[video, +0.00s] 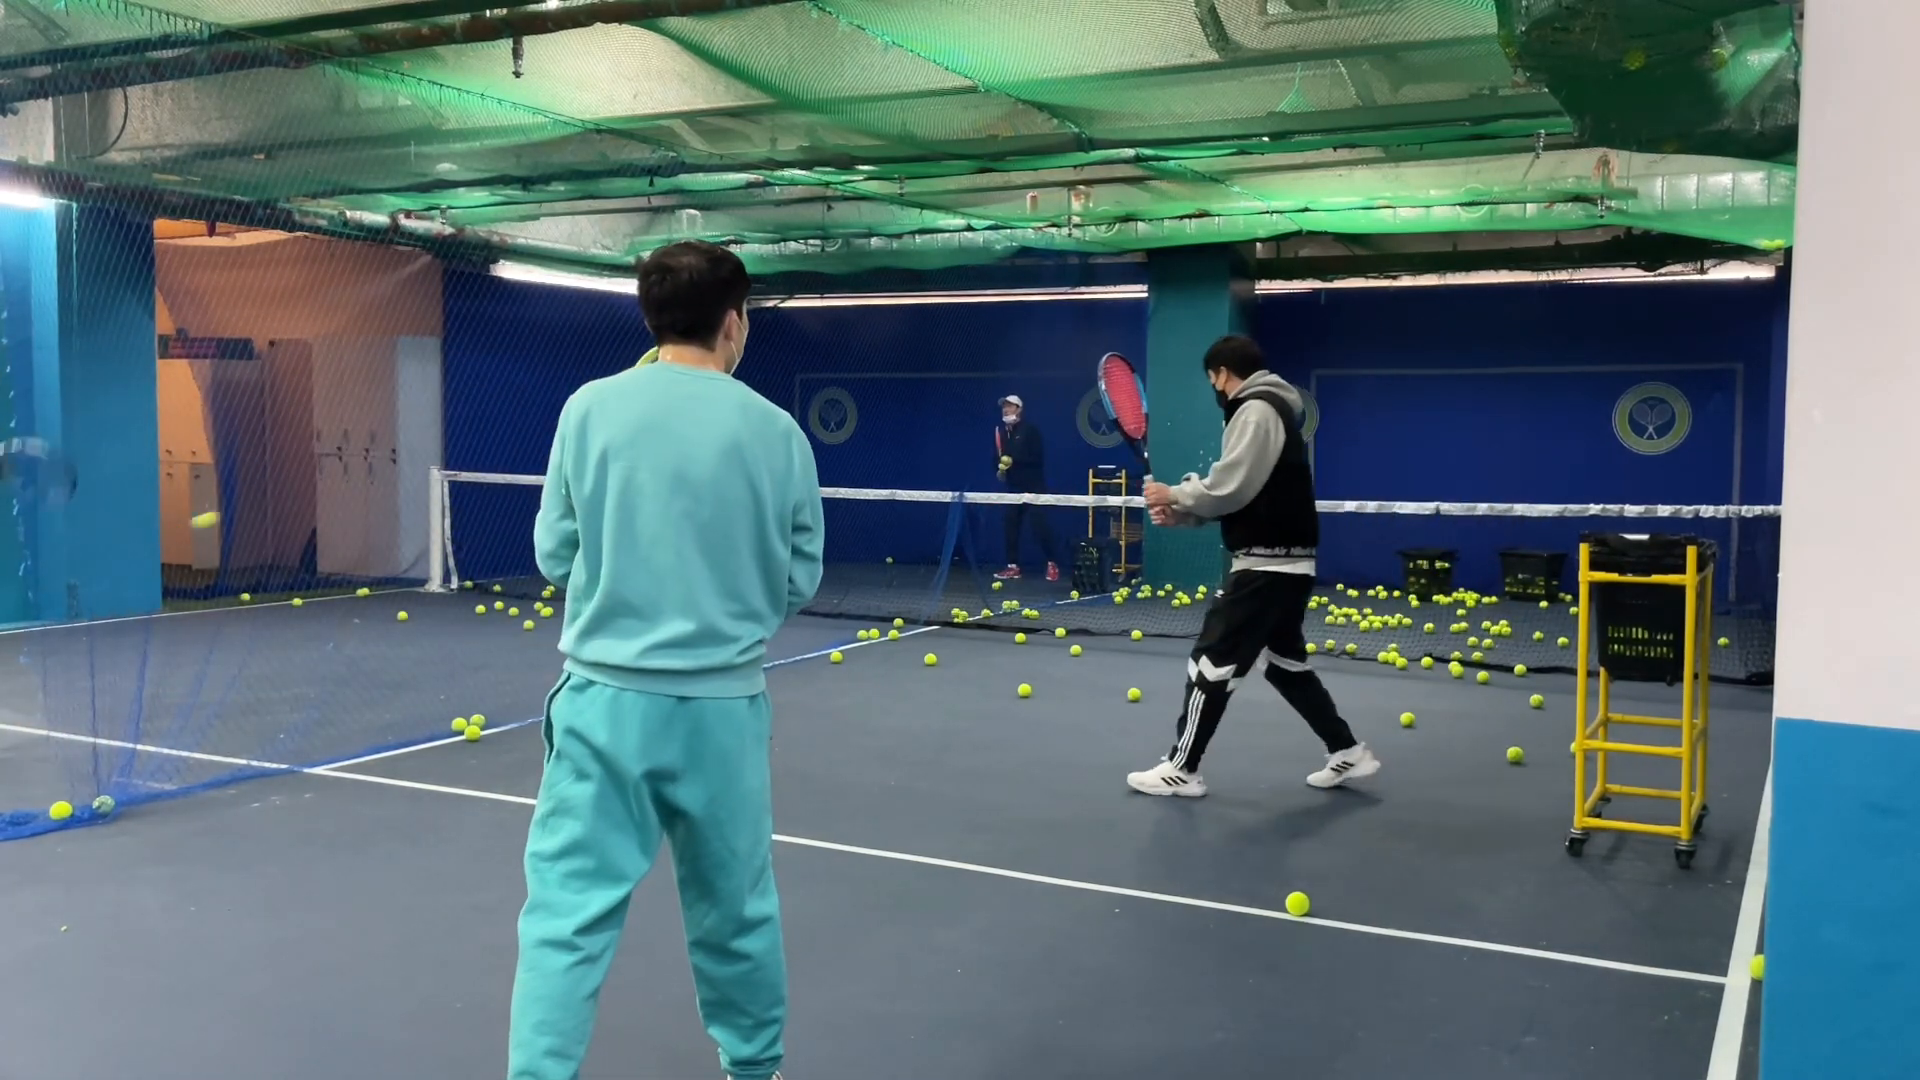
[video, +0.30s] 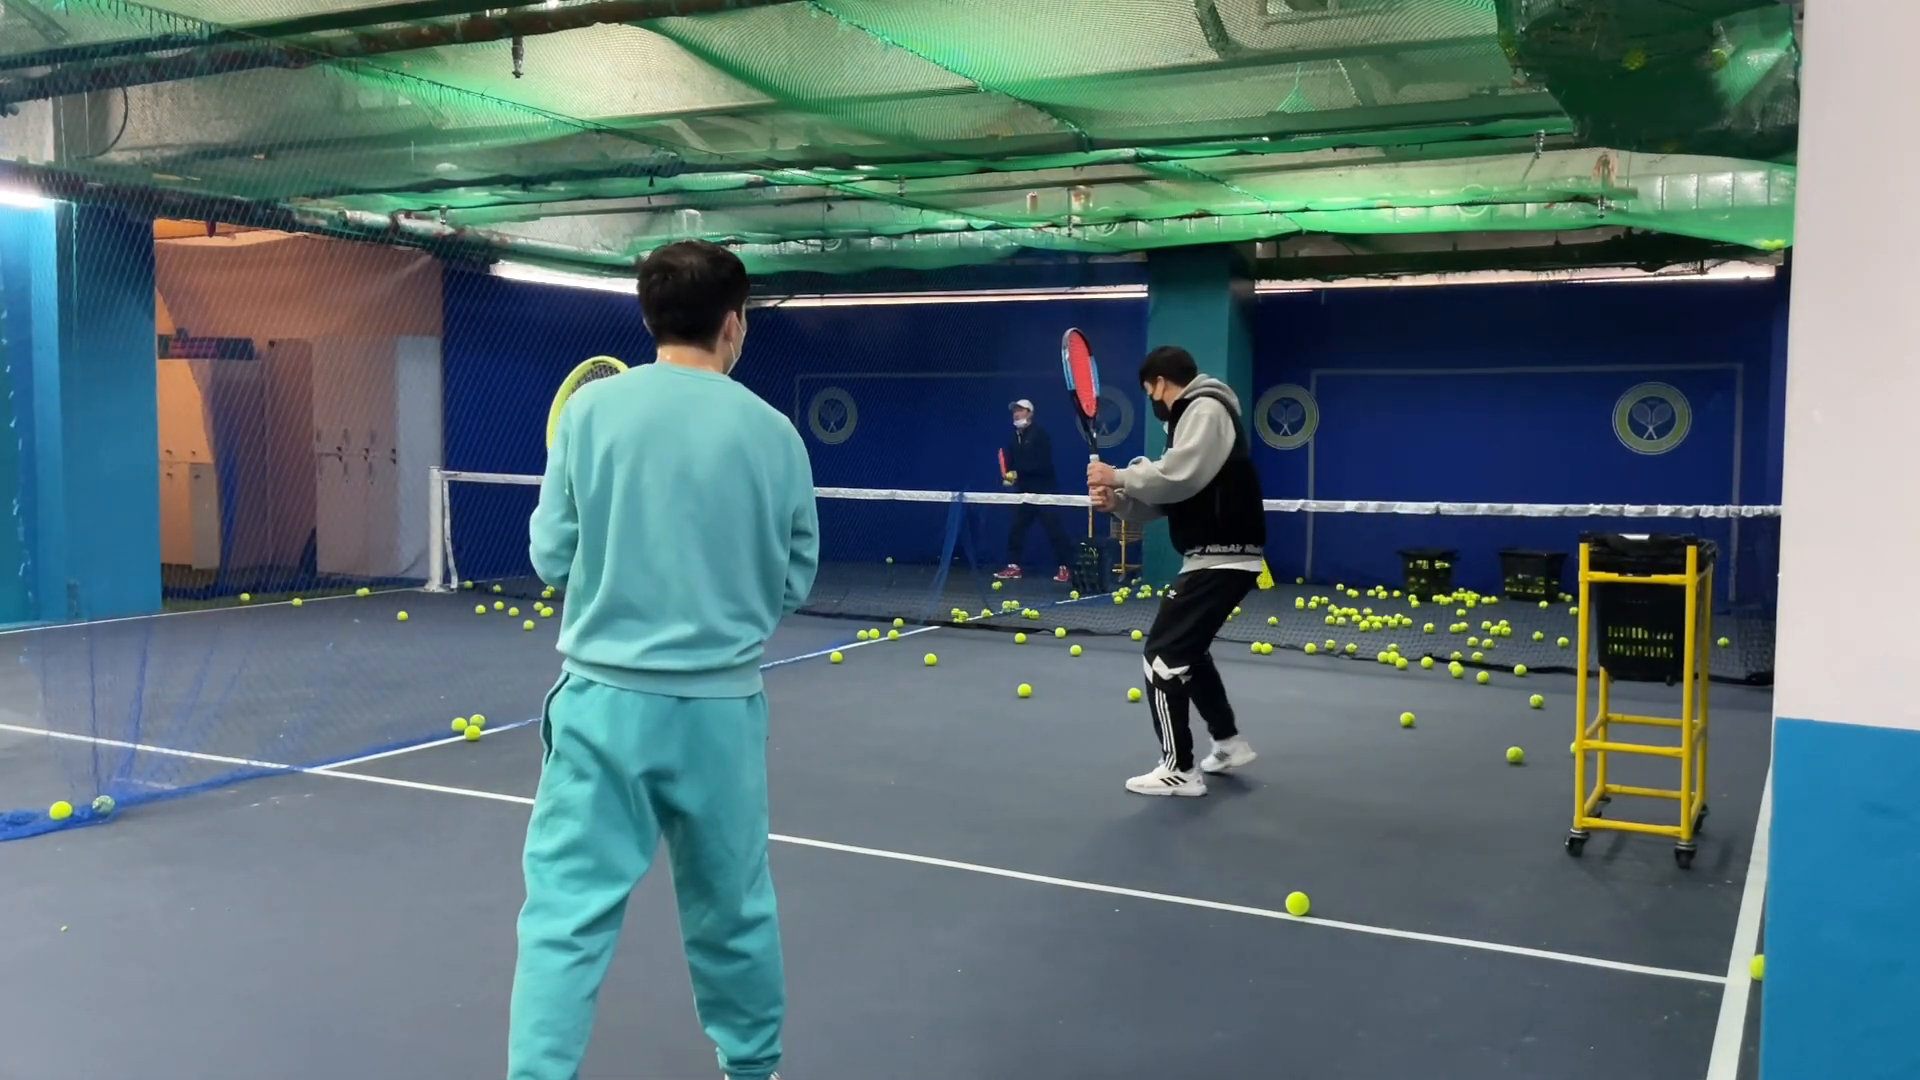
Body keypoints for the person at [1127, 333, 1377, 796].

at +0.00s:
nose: (1215, 390)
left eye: (1214, 381)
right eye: (1212, 383)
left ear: (1225, 374)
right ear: (1251, 369)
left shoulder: (1255, 410)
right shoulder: (1273, 408)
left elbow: (1231, 485)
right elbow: (1242, 493)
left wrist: (1178, 494)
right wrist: (1183, 509)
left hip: (1264, 566)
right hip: (1290, 565)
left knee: (1213, 665)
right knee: (1285, 666)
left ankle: (1182, 769)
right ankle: (1348, 752)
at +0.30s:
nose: (1154, 401)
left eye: (1152, 392)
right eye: (1151, 395)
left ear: (1163, 382)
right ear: (1180, 377)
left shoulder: (1205, 409)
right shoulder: (1197, 414)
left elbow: (1182, 471)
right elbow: (1170, 497)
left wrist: (1120, 476)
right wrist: (1119, 501)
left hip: (1222, 559)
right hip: (1218, 558)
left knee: (1162, 655)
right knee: (1185, 649)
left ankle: (1179, 770)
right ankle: (1229, 742)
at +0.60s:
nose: (1116, 407)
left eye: (1115, 397)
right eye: (1114, 400)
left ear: (1128, 385)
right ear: (1138, 386)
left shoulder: (1185, 403)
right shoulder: (1153, 427)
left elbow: (1177, 459)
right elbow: (1133, 491)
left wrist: (1119, 454)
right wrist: (1104, 482)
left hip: (1205, 551)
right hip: (1184, 553)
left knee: (1160, 658)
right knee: (1151, 650)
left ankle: (1181, 770)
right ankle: (1167, 733)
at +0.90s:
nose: (1106, 415)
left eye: (1106, 405)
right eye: (1103, 409)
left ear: (1122, 394)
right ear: (1125, 398)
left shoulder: (1182, 413)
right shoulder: (1125, 444)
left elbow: (1196, 466)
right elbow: (1110, 498)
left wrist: (1149, 463)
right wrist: (1122, 476)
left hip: (1191, 552)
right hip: (1162, 556)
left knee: (1144, 652)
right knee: (1132, 642)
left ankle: (1179, 762)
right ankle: (1167, 734)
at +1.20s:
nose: (1116, 400)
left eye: (1116, 392)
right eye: (1114, 394)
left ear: (1132, 384)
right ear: (1159, 380)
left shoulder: (1132, 424)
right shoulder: (1203, 422)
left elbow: (1100, 496)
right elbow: (1192, 485)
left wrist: (1104, 533)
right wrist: (1129, 526)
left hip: (1154, 559)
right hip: (1200, 559)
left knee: (1133, 651)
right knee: (1170, 645)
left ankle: (1159, 734)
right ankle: (1166, 733)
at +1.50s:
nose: (1120, 381)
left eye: (1120, 375)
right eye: (1120, 375)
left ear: (1132, 371)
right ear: (1166, 365)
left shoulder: (1120, 418)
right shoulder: (1207, 407)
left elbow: (1123, 475)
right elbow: (1219, 461)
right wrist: (1190, 485)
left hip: (1144, 551)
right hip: (1197, 549)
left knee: (1131, 638)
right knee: (1177, 642)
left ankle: (1133, 720)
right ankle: (1171, 735)